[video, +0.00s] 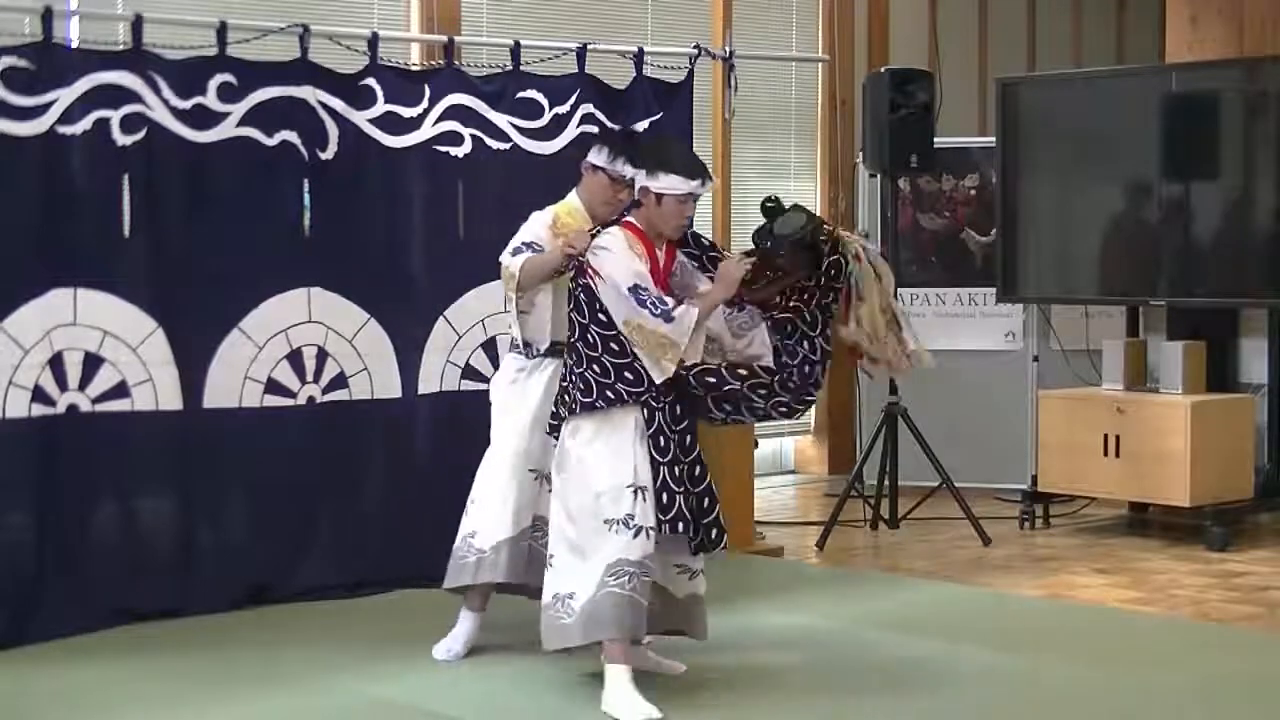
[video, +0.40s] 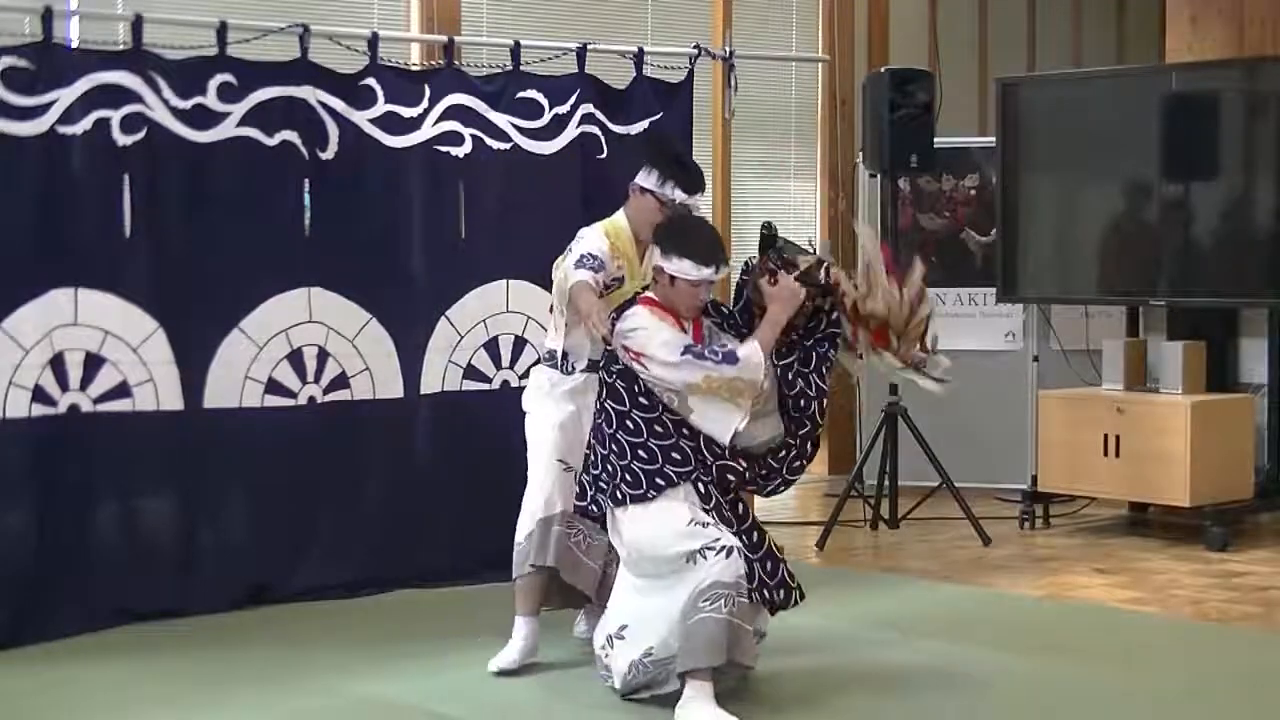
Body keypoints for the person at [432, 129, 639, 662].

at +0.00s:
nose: (626, 197)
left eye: (632, 188)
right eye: (618, 184)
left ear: (634, 191)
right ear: (587, 174)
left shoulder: (625, 236)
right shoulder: (546, 224)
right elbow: (513, 278)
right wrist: (556, 259)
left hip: (598, 384)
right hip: (535, 381)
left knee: (607, 497)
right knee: (503, 489)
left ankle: (616, 623)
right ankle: (470, 617)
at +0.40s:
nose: (673, 216)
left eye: (680, 208)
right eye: (667, 204)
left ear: (679, 208)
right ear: (638, 192)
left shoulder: (664, 250)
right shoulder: (598, 241)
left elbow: (694, 310)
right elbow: (578, 285)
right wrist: (601, 319)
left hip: (620, 390)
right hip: (563, 387)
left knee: (619, 503)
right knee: (548, 495)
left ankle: (596, 616)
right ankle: (523, 631)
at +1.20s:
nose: (655, 256)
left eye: (660, 247)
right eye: (651, 245)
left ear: (634, 234)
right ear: (622, 228)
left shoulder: (634, 279)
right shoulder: (572, 274)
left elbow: (633, 350)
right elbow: (571, 362)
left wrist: (641, 382)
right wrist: (645, 384)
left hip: (605, 420)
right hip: (556, 424)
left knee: (628, 517)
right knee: (574, 528)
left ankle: (606, 615)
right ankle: (543, 652)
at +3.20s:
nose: (675, 260)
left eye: (681, 252)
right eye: (678, 246)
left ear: (653, 227)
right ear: (654, 224)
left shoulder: (596, 256)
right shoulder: (601, 256)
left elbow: (583, 351)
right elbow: (627, 339)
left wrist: (600, 415)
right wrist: (682, 383)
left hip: (546, 396)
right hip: (516, 391)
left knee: (612, 507)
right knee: (510, 518)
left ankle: (632, 642)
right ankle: (479, 650)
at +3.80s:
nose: (651, 285)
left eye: (656, 277)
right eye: (652, 273)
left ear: (621, 252)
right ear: (631, 253)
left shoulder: (566, 276)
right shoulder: (592, 283)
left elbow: (546, 377)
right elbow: (651, 363)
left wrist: (586, 436)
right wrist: (703, 400)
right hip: (499, 403)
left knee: (604, 510)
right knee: (488, 525)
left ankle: (628, 642)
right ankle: (479, 650)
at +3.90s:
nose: (646, 290)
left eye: (651, 283)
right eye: (648, 277)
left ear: (621, 255)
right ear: (629, 256)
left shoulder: (559, 273)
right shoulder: (593, 283)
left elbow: (547, 380)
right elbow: (643, 341)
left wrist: (579, 433)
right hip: (501, 406)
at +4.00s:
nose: (644, 290)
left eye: (649, 282)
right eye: (646, 276)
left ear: (619, 255)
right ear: (627, 255)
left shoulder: (559, 274)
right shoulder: (594, 280)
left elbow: (543, 384)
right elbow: (656, 349)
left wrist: (581, 443)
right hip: (492, 403)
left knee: (593, 512)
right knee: (487, 526)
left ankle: (627, 643)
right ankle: (478, 653)